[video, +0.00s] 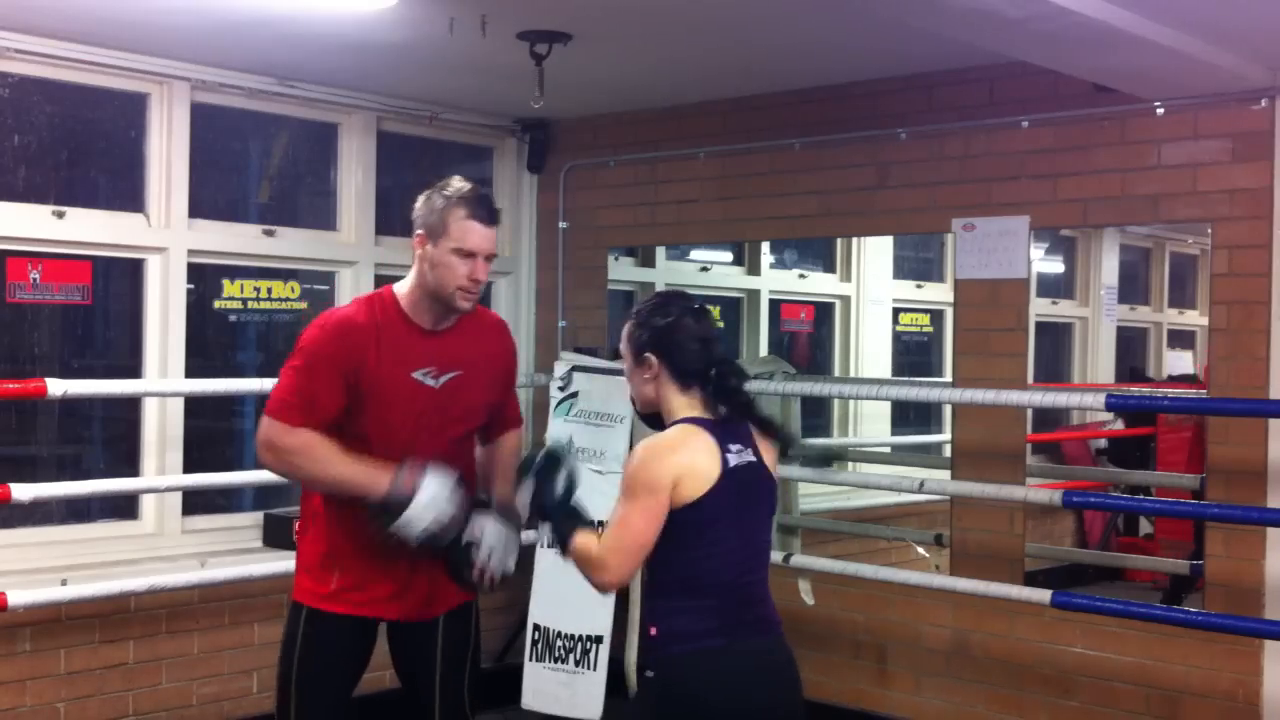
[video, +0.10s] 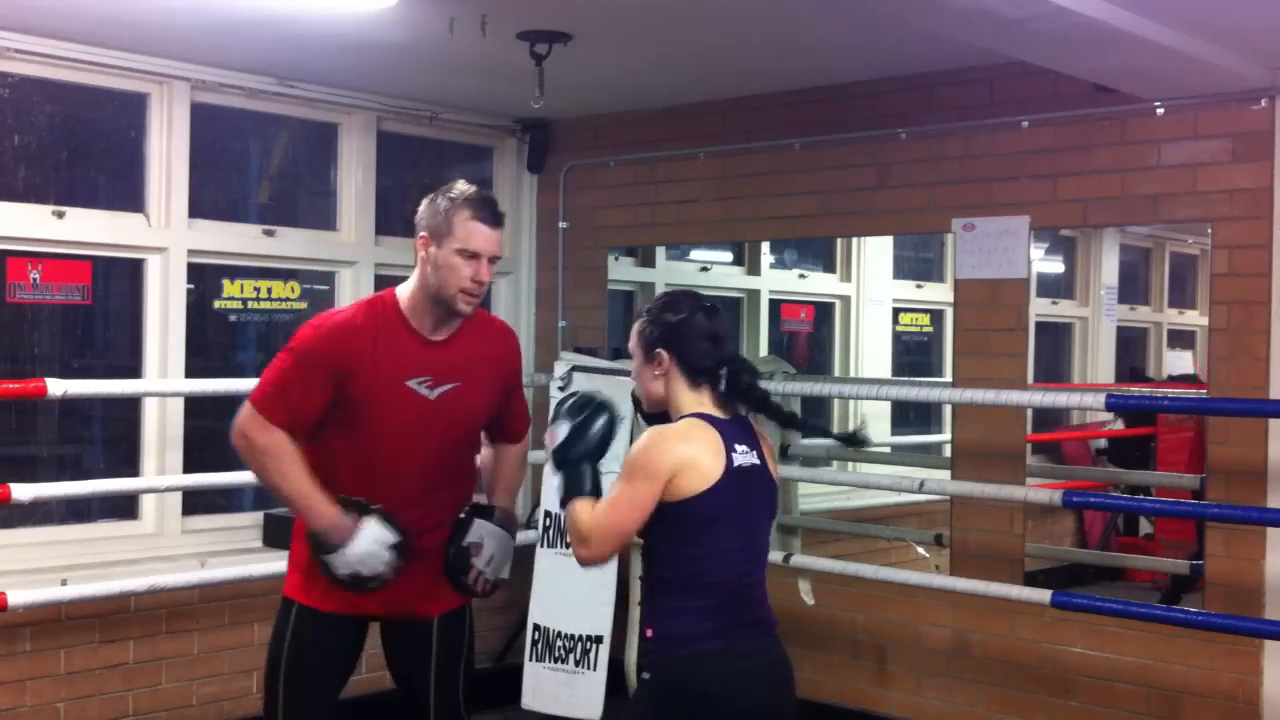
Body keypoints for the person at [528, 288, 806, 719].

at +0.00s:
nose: (626, 375)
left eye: (625, 362)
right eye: (623, 362)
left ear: (650, 367)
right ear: (704, 361)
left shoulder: (659, 455)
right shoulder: (758, 443)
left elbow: (609, 571)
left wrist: (559, 514)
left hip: (685, 679)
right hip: (764, 671)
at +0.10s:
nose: (631, 372)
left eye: (633, 358)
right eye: (630, 358)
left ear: (661, 363)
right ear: (709, 360)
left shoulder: (663, 446)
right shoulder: (755, 439)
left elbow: (590, 546)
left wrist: (576, 465)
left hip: (685, 678)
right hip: (760, 668)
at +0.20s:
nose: (642, 374)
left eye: (645, 360)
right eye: (642, 360)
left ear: (675, 364)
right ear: (721, 364)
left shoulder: (673, 445)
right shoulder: (765, 444)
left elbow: (593, 538)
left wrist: (593, 453)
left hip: (689, 677)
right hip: (765, 668)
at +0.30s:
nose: (659, 379)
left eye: (662, 365)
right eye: (658, 365)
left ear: (694, 364)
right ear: (740, 364)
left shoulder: (696, 444)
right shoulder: (782, 442)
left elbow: (627, 542)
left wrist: (615, 461)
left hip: (713, 680)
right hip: (787, 669)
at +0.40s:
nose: (672, 370)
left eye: (675, 355)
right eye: (672, 356)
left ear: (707, 356)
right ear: (752, 356)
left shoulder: (705, 435)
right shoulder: (789, 428)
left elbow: (644, 542)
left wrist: (628, 458)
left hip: (725, 672)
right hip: (798, 660)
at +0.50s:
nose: (676, 365)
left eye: (680, 351)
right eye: (676, 351)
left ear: (712, 352)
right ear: (756, 351)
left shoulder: (706, 429)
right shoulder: (798, 428)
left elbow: (640, 530)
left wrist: (629, 448)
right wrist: (680, 430)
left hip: (723, 665)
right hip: (797, 656)